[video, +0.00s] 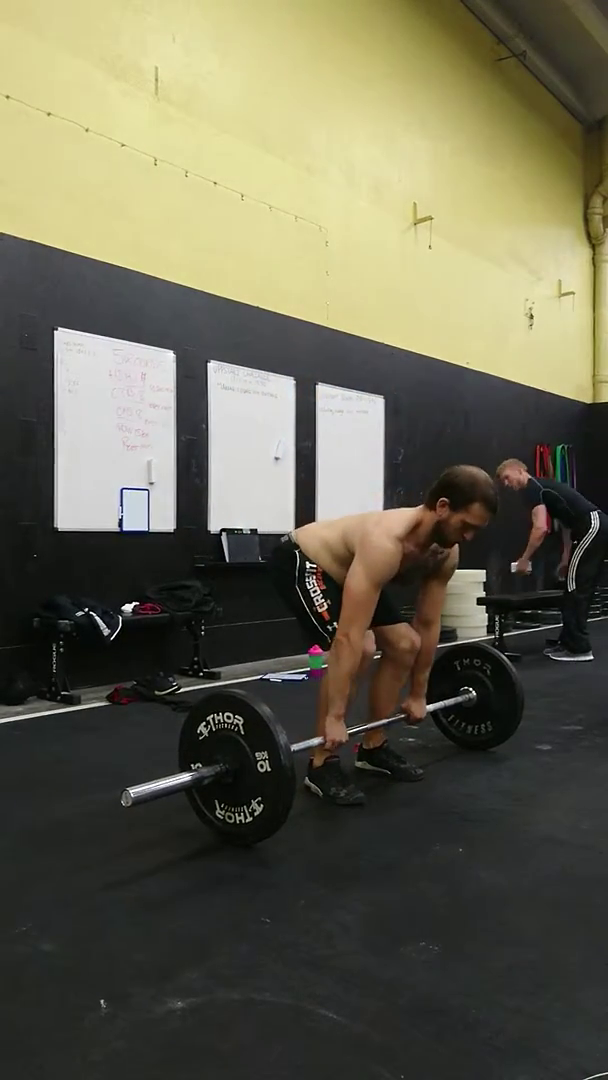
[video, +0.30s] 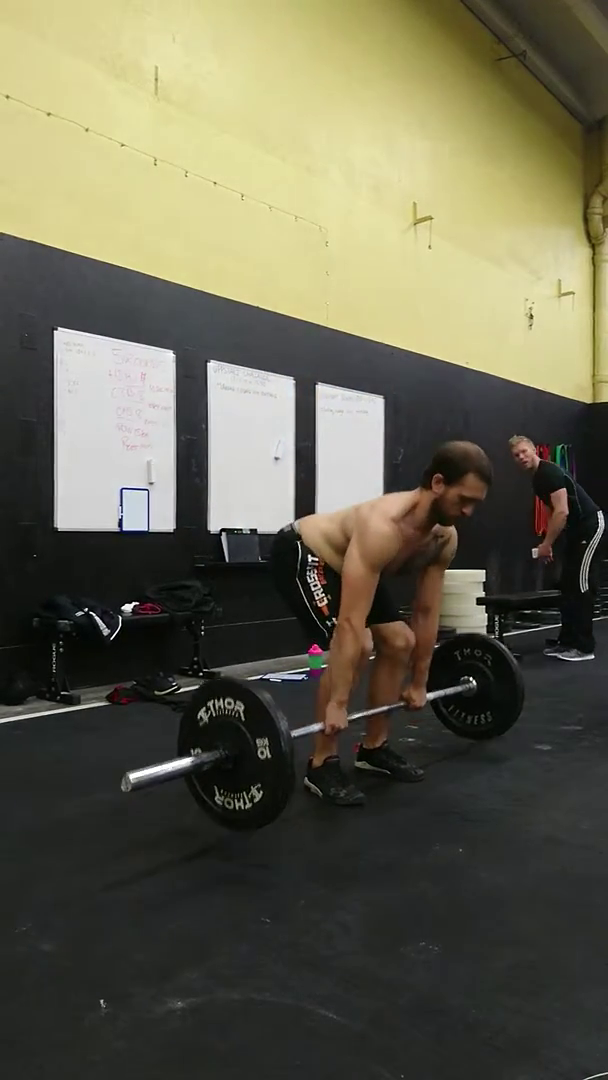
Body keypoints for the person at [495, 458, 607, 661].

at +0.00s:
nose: (506, 483)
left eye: (507, 477)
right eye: (503, 481)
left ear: (521, 470)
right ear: (522, 473)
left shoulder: (533, 487)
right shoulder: (541, 486)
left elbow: (540, 529)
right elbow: (567, 526)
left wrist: (525, 559)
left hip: (593, 525)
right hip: (590, 525)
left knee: (574, 582)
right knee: (572, 582)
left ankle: (578, 647)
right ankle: (570, 641)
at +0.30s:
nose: (521, 457)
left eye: (524, 452)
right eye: (517, 455)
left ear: (535, 450)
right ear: (515, 459)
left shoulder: (549, 471)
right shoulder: (539, 477)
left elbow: (562, 512)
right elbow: (555, 512)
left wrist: (546, 543)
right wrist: (547, 542)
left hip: (590, 523)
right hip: (576, 526)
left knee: (578, 581)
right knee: (567, 581)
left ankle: (584, 646)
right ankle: (568, 641)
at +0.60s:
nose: (515, 466)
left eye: (516, 460)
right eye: (512, 462)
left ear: (530, 452)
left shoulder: (553, 472)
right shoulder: (539, 478)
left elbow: (563, 513)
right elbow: (551, 515)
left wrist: (550, 545)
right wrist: (547, 545)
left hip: (592, 526)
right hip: (576, 529)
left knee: (582, 583)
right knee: (568, 582)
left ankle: (584, 646)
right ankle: (568, 641)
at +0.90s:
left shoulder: (548, 472)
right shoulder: (535, 482)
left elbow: (559, 512)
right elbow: (545, 522)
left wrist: (549, 547)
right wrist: (543, 559)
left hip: (591, 524)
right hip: (573, 527)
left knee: (583, 582)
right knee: (569, 582)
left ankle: (584, 646)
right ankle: (567, 642)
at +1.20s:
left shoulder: (543, 468)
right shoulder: (532, 472)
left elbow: (554, 506)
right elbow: (545, 514)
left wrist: (548, 545)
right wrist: (547, 552)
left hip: (585, 521)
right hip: (569, 524)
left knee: (577, 581)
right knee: (566, 582)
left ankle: (584, 646)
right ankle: (568, 641)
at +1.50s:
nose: (517, 456)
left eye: (517, 450)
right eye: (514, 453)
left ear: (529, 443)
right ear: (525, 447)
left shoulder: (552, 459)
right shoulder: (540, 466)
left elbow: (559, 496)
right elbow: (552, 506)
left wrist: (539, 526)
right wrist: (549, 538)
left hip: (579, 524)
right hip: (564, 528)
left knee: (571, 582)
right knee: (560, 583)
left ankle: (582, 646)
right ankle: (566, 641)